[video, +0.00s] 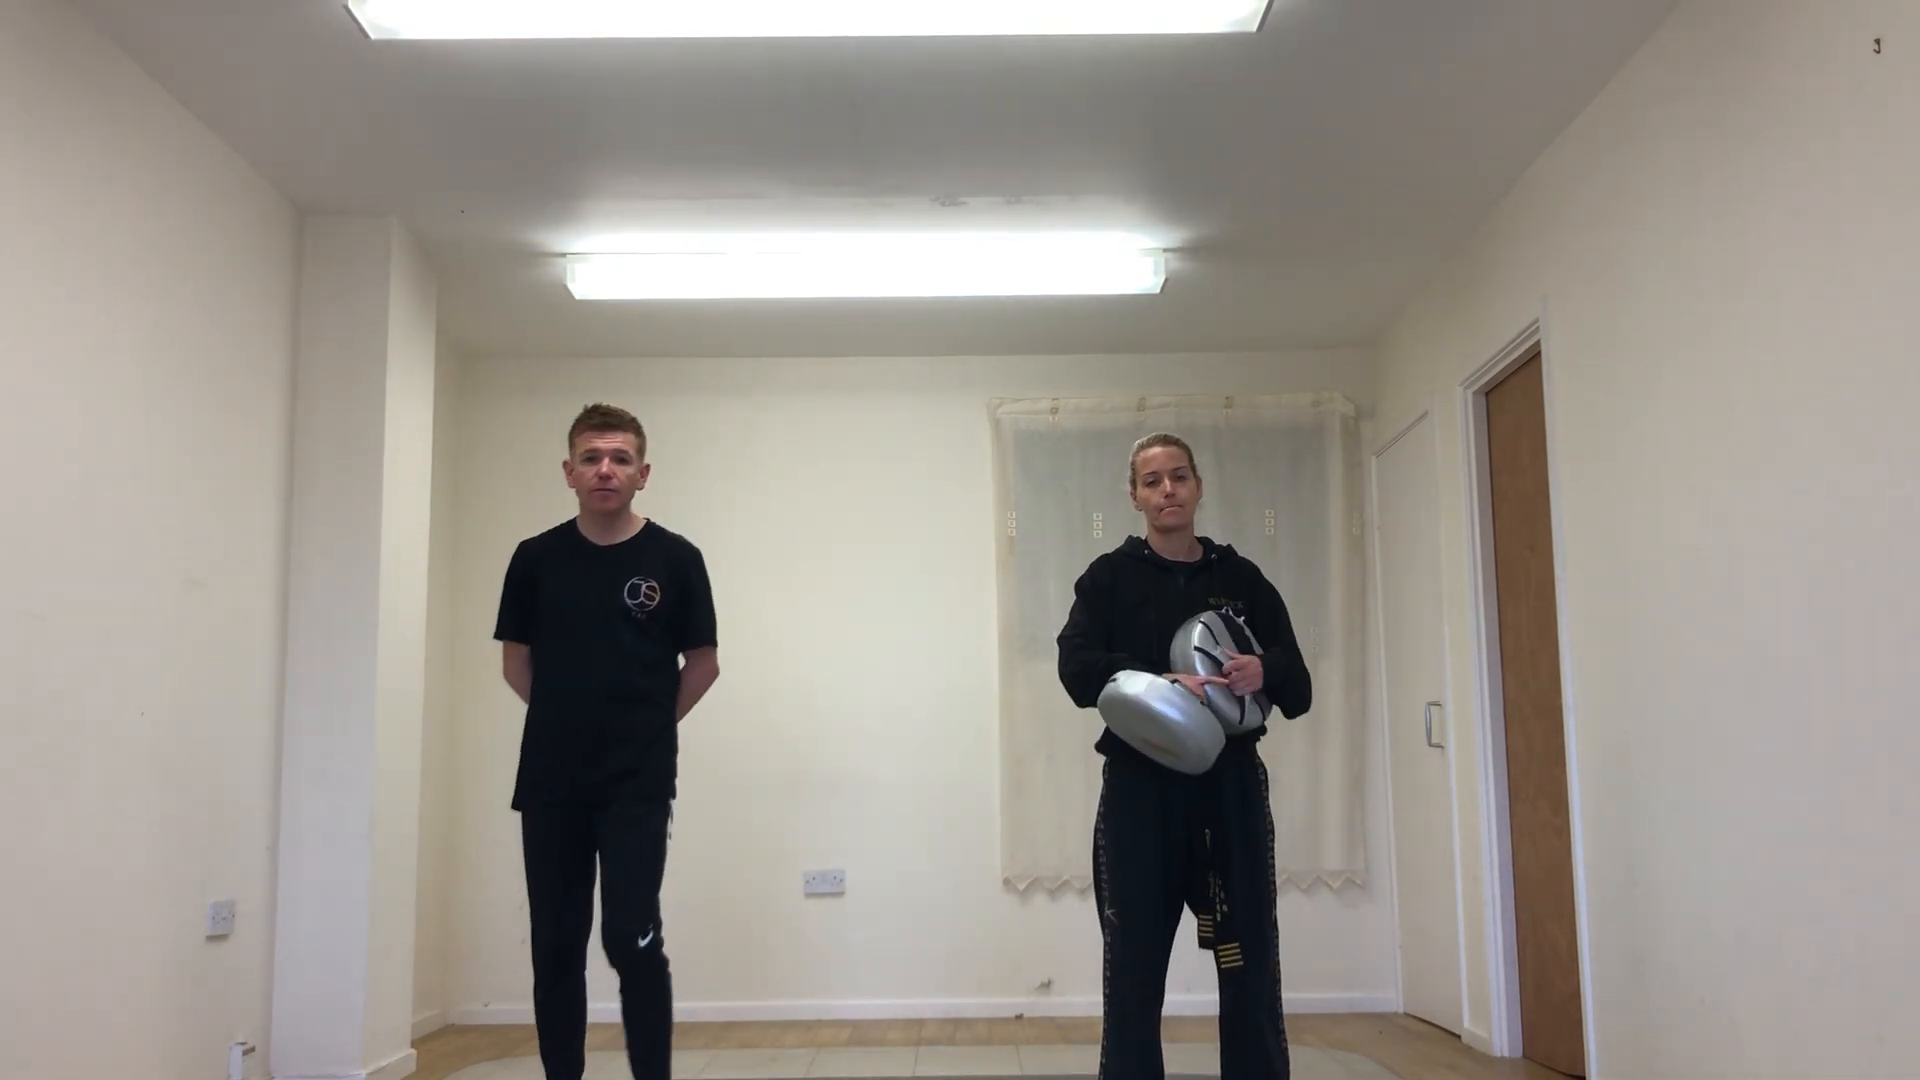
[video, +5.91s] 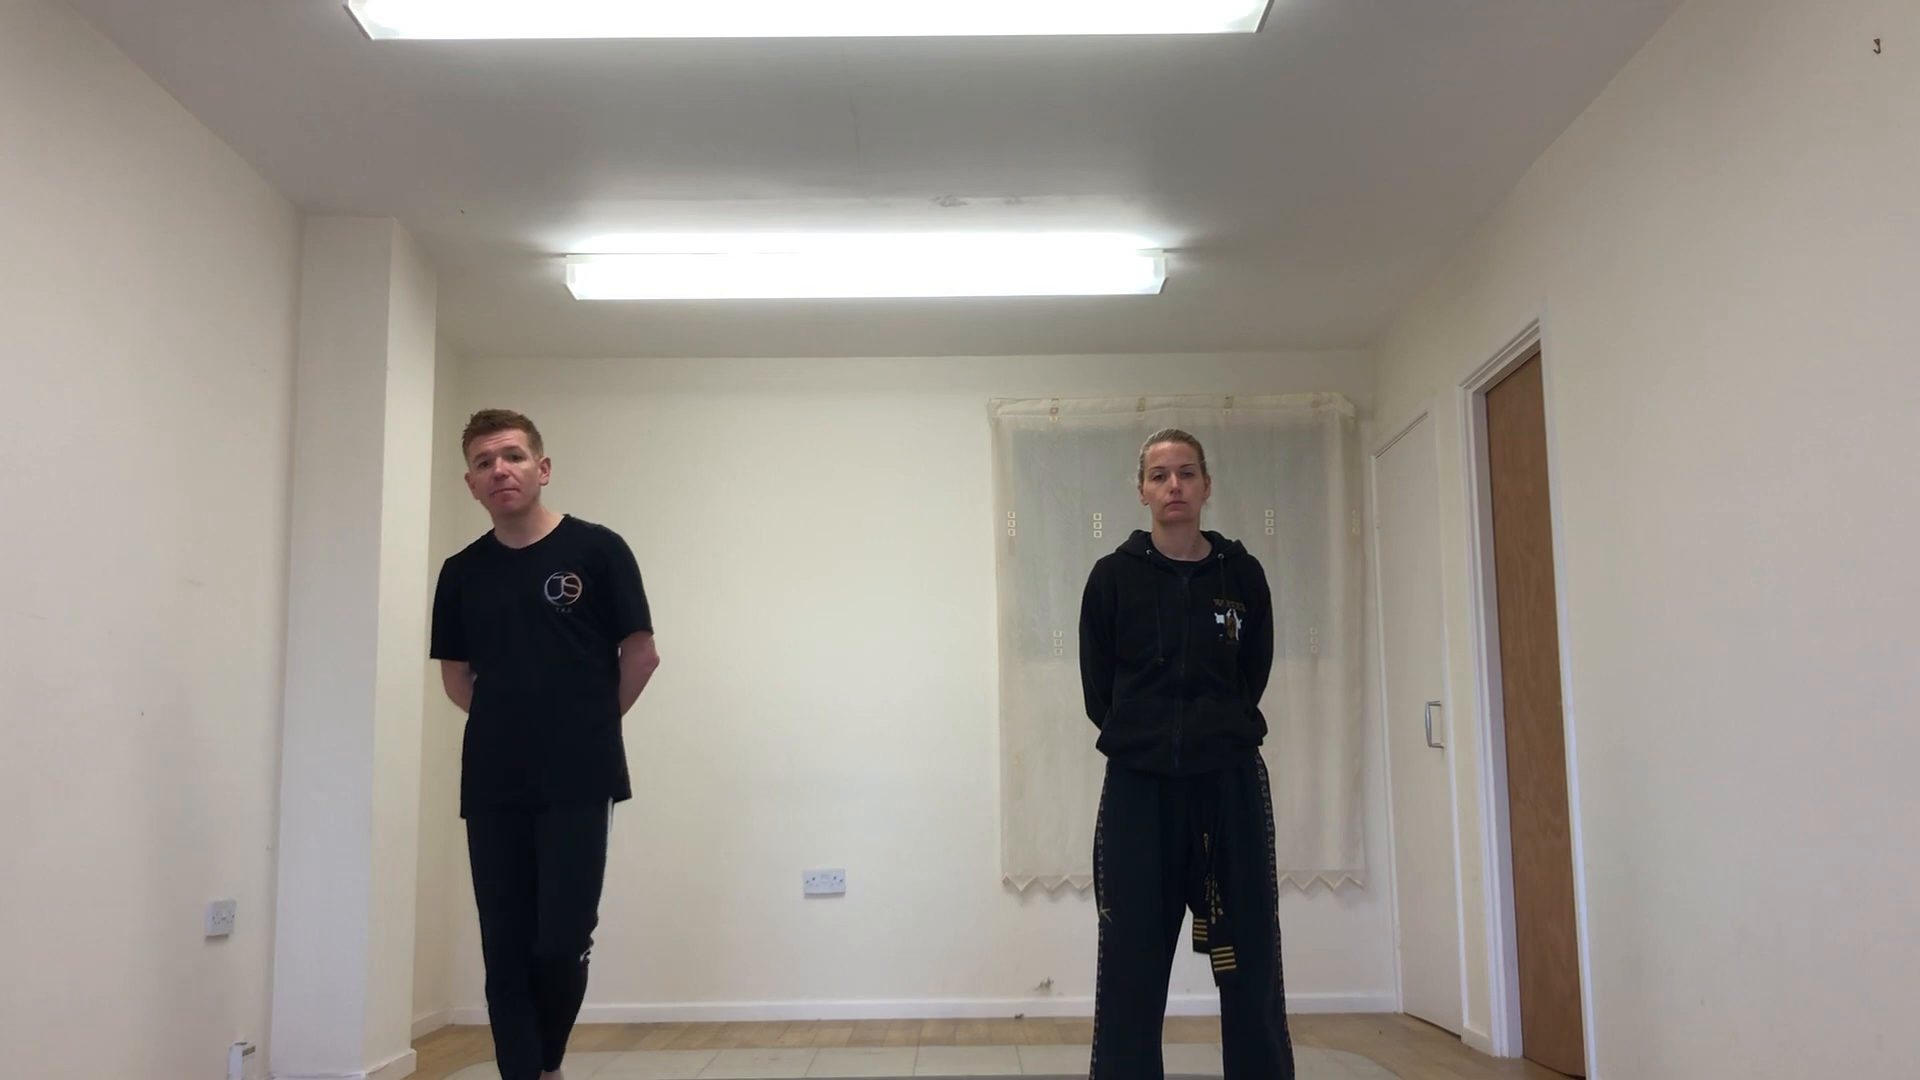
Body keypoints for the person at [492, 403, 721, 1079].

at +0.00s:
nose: (605, 470)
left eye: (620, 459)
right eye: (591, 458)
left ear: (640, 473)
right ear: (570, 471)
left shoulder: (676, 558)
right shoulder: (534, 556)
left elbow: (703, 663)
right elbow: (516, 666)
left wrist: (649, 720)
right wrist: (570, 713)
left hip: (637, 771)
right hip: (553, 772)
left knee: (632, 938)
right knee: (555, 947)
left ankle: (653, 1076)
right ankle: (562, 1076)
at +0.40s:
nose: (630, 478)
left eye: (632, 465)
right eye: (616, 466)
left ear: (629, 470)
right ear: (566, 472)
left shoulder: (649, 556)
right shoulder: (509, 563)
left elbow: (686, 654)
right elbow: (477, 668)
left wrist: (729, 747)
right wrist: (534, 730)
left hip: (642, 777)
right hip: (553, 781)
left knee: (648, 941)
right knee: (555, 947)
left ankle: (654, 1075)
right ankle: (562, 1075)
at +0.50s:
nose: (639, 480)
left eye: (641, 467)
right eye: (625, 467)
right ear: (574, 471)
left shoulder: (648, 557)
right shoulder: (512, 560)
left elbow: (697, 649)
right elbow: (473, 667)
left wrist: (776, 686)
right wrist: (530, 733)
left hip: (643, 778)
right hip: (554, 784)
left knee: (656, 944)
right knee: (555, 949)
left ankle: (662, 1075)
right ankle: (561, 1075)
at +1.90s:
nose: (666, 463)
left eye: (681, 454)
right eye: (653, 451)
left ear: (699, 475)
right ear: (627, 466)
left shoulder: (718, 567)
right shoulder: (575, 546)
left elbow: (730, 678)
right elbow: (538, 654)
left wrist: (669, 718)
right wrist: (588, 712)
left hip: (672, 780)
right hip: (581, 774)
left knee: (678, 954)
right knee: (554, 952)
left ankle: (678, 1077)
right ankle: (536, 1075)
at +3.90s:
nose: (634, 466)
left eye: (650, 458)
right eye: (622, 452)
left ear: (664, 477)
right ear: (592, 464)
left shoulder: (688, 562)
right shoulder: (542, 552)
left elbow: (707, 672)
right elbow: (515, 661)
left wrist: (647, 719)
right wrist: (568, 715)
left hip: (648, 777)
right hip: (557, 774)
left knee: (661, 952)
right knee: (540, 953)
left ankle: (673, 1077)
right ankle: (531, 1076)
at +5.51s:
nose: (530, 465)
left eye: (546, 455)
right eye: (517, 452)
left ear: (569, 475)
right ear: (496, 467)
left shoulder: (601, 559)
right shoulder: (461, 558)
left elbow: (631, 670)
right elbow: (448, 667)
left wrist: (575, 725)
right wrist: (502, 716)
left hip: (567, 776)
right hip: (481, 777)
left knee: (589, 941)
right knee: (500, 953)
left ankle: (644, 1076)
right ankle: (516, 1076)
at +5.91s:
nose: (500, 470)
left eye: (513, 456)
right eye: (484, 462)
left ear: (542, 466)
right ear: (471, 482)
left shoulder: (599, 549)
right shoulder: (459, 571)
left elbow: (639, 655)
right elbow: (456, 680)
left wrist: (590, 718)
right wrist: (515, 714)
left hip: (577, 770)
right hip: (493, 776)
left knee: (562, 940)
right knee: (506, 939)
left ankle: (545, 1064)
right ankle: (519, 1073)